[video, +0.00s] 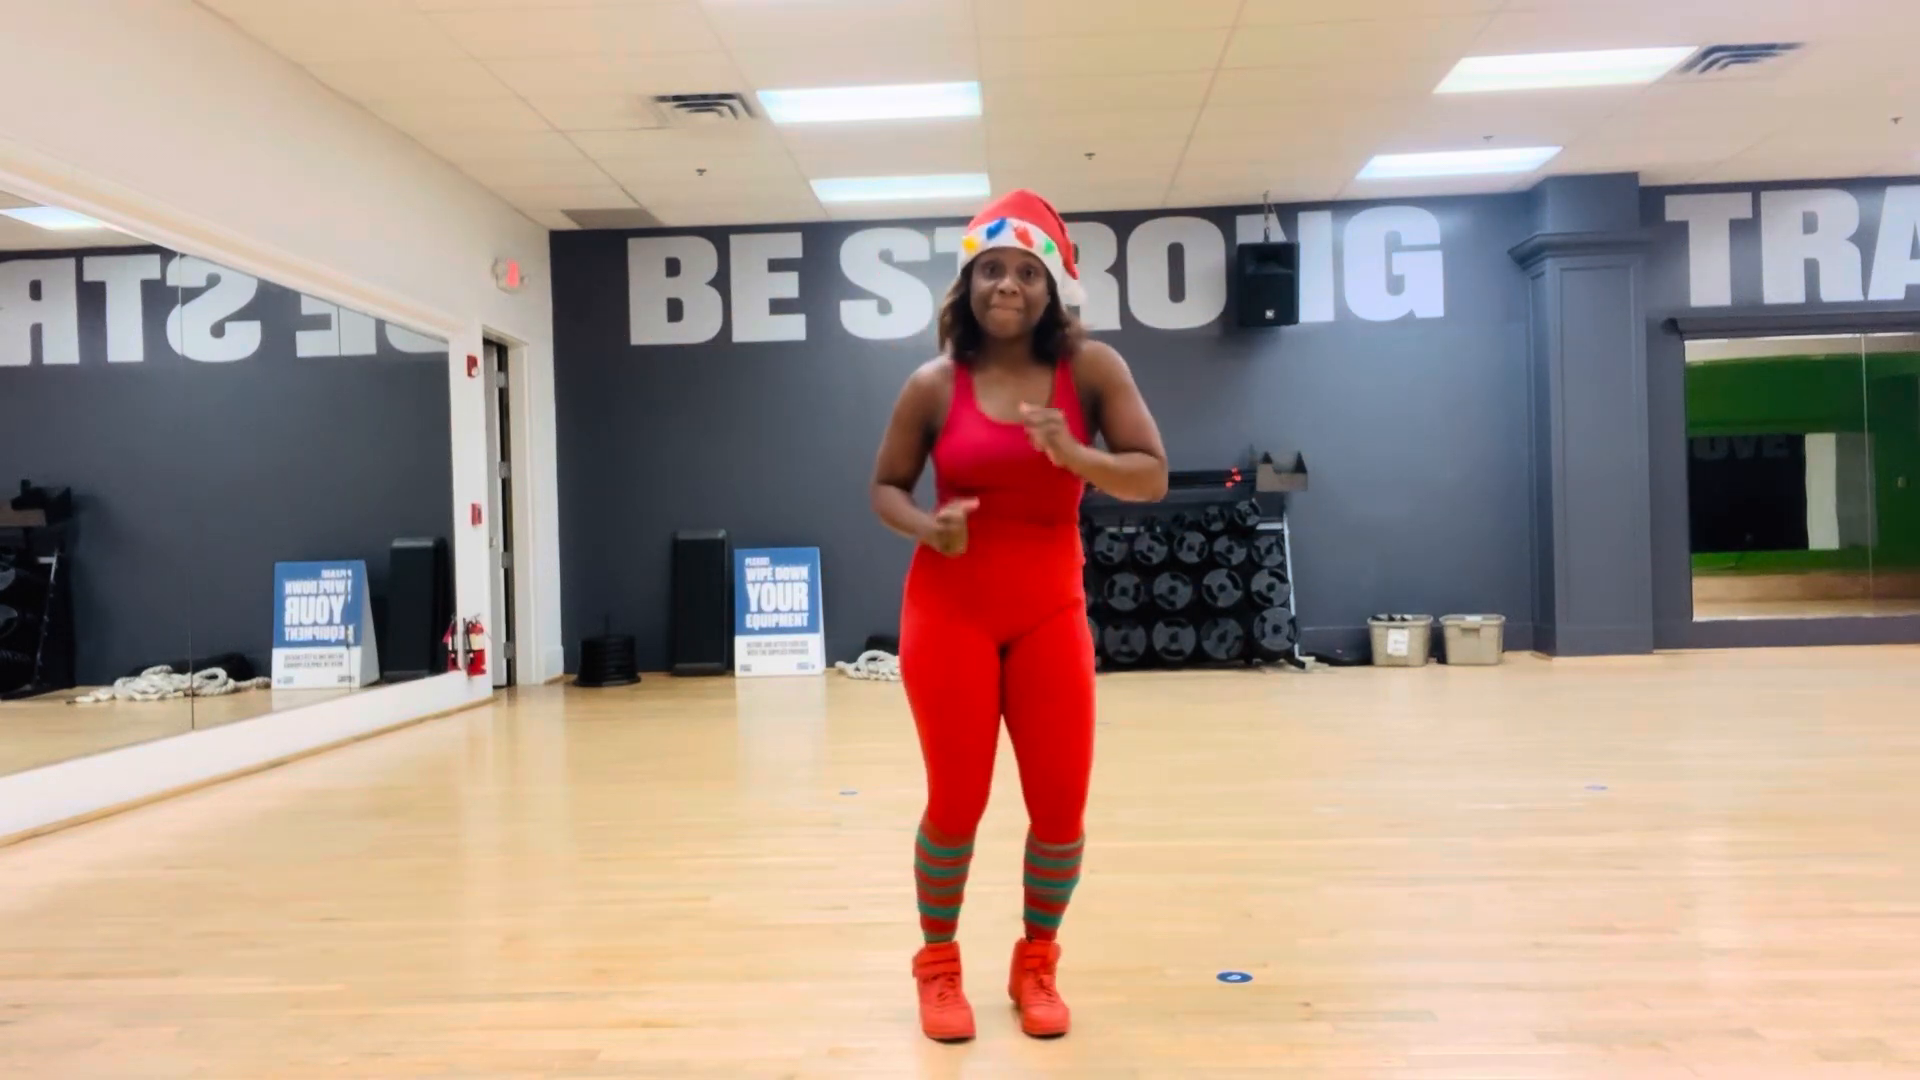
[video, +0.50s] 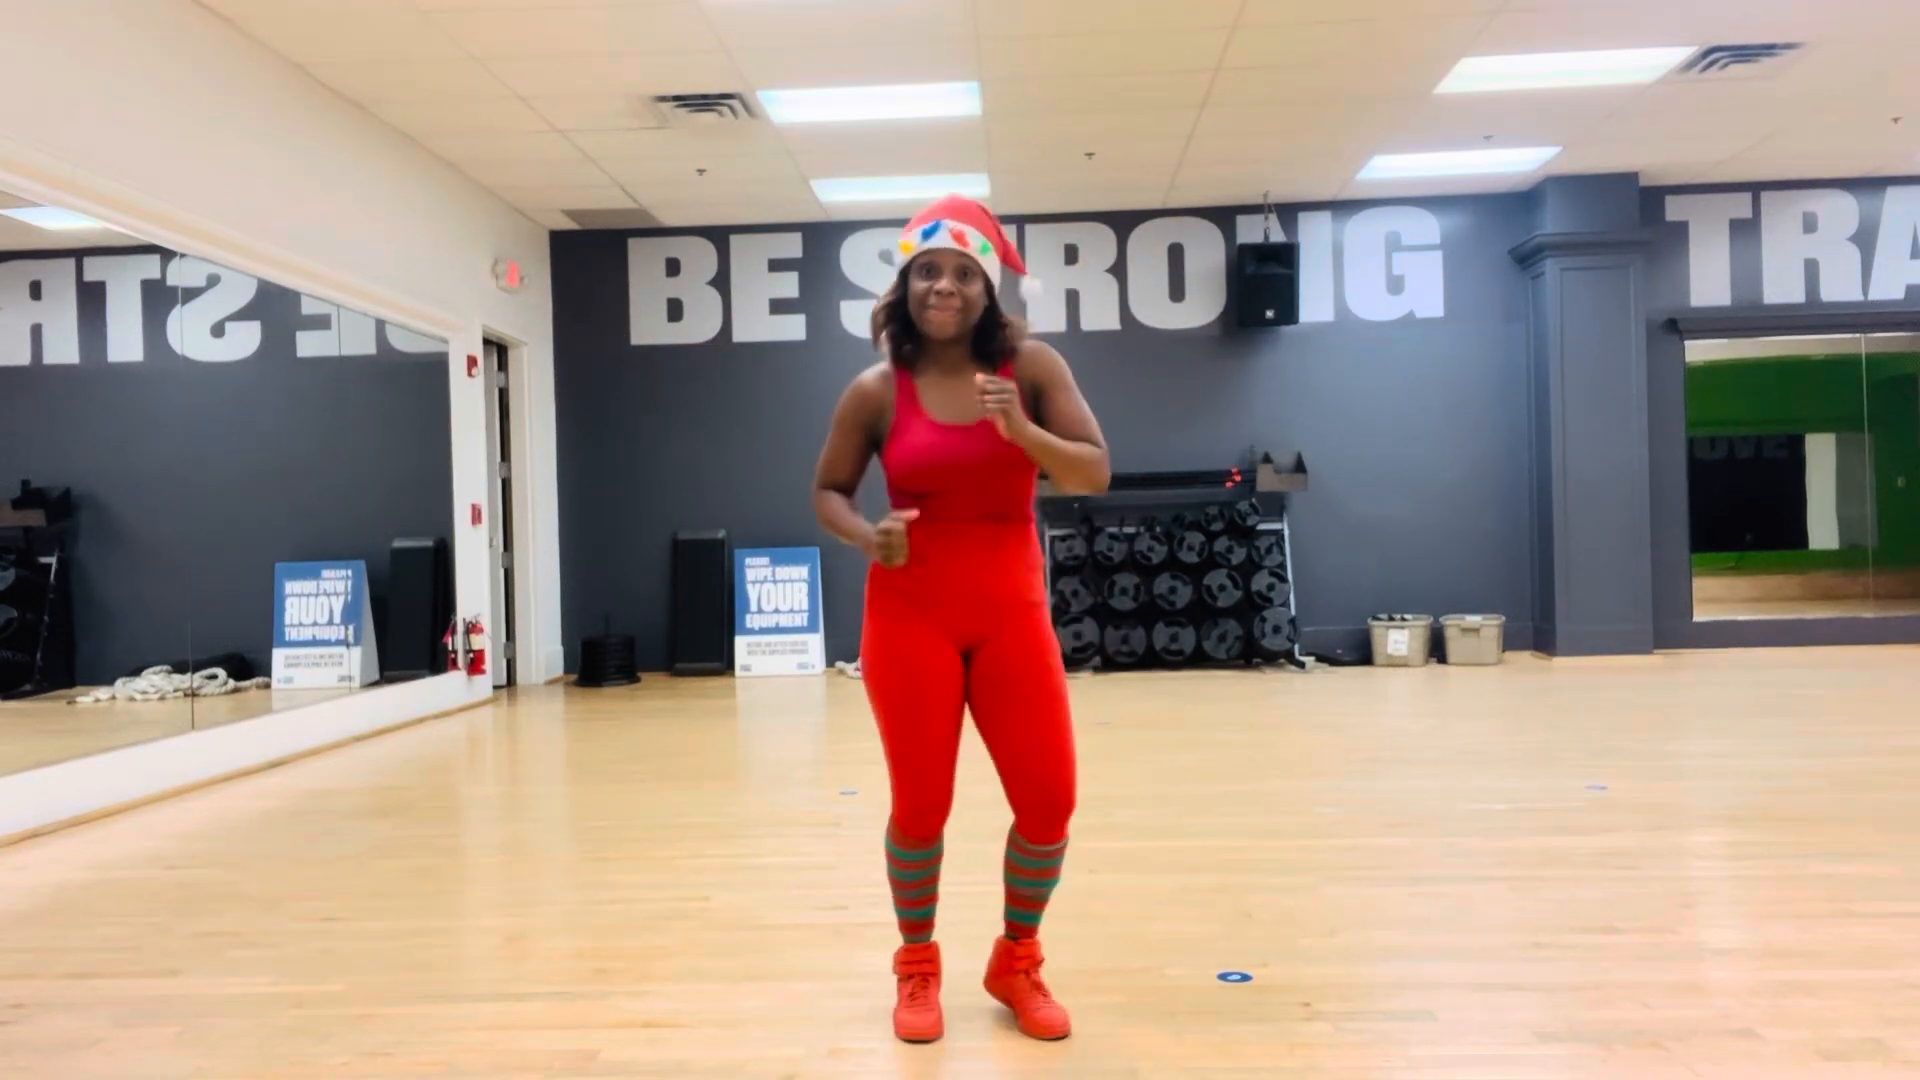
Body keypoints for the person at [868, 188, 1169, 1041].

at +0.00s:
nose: (1005, 287)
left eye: (1024, 273)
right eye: (990, 271)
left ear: (1050, 288)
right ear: (968, 285)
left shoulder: (1092, 366)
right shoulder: (935, 385)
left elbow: (1152, 477)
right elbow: (886, 488)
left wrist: (1078, 458)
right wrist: (924, 523)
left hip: (1051, 610)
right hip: (948, 609)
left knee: (1061, 807)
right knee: (956, 803)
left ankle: (1036, 968)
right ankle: (938, 968)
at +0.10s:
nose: (1002, 276)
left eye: (1022, 266)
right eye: (988, 259)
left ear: (1045, 285)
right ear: (964, 271)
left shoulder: (1081, 367)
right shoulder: (919, 368)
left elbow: (1138, 469)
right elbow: (866, 469)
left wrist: (1081, 479)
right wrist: (920, 485)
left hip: (1053, 597)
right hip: (950, 598)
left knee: (1053, 794)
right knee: (950, 793)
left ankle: (1045, 964)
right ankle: (940, 964)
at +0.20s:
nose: (999, 283)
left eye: (1019, 275)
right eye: (988, 264)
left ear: (1040, 296)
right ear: (960, 271)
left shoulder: (1065, 382)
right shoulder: (905, 367)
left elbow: (1113, 475)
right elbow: (840, 466)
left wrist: (1080, 500)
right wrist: (898, 470)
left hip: (1050, 600)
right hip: (948, 603)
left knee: (1042, 792)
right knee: (941, 796)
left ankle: (1050, 964)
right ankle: (938, 971)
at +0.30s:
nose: (984, 282)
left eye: (1004, 274)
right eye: (973, 265)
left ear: (1025, 296)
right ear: (946, 275)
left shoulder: (1052, 381)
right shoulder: (894, 366)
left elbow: (1096, 482)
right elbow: (824, 461)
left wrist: (1060, 498)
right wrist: (884, 477)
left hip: (1042, 606)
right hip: (938, 609)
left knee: (1038, 794)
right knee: (935, 801)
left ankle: (1047, 964)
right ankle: (937, 971)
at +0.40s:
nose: (962, 273)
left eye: (981, 261)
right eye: (947, 258)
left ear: (1007, 280)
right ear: (925, 273)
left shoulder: (1042, 365)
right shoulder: (883, 368)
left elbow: (1093, 475)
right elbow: (825, 465)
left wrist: (1036, 456)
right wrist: (875, 498)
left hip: (1028, 591)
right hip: (924, 593)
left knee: (1042, 791)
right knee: (929, 791)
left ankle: (1042, 964)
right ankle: (922, 968)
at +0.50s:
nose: (942, 284)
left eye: (961, 271)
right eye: (927, 270)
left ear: (988, 288)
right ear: (904, 287)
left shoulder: (1032, 365)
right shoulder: (876, 391)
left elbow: (1094, 472)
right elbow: (828, 492)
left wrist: (1024, 434)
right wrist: (866, 534)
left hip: (1012, 606)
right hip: (910, 607)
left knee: (1049, 797)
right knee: (920, 801)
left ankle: (1016, 962)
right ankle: (916, 971)